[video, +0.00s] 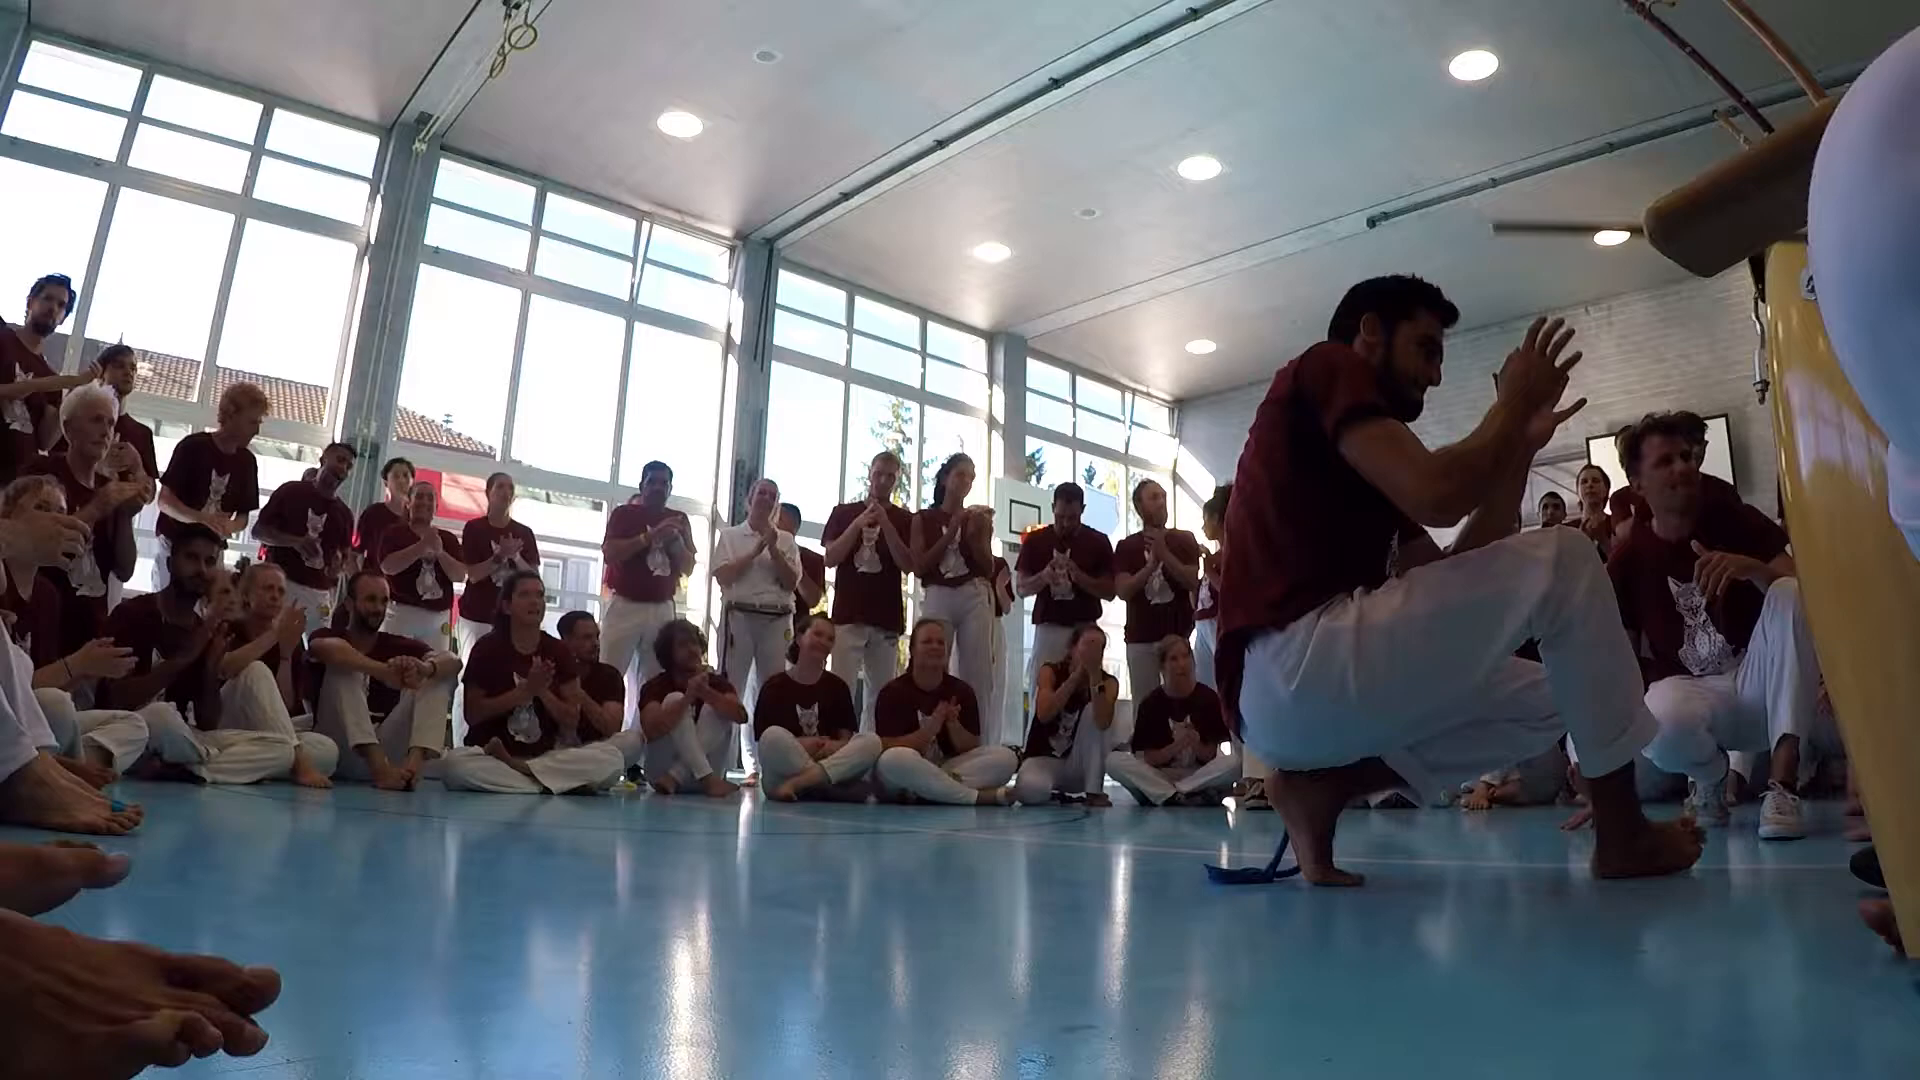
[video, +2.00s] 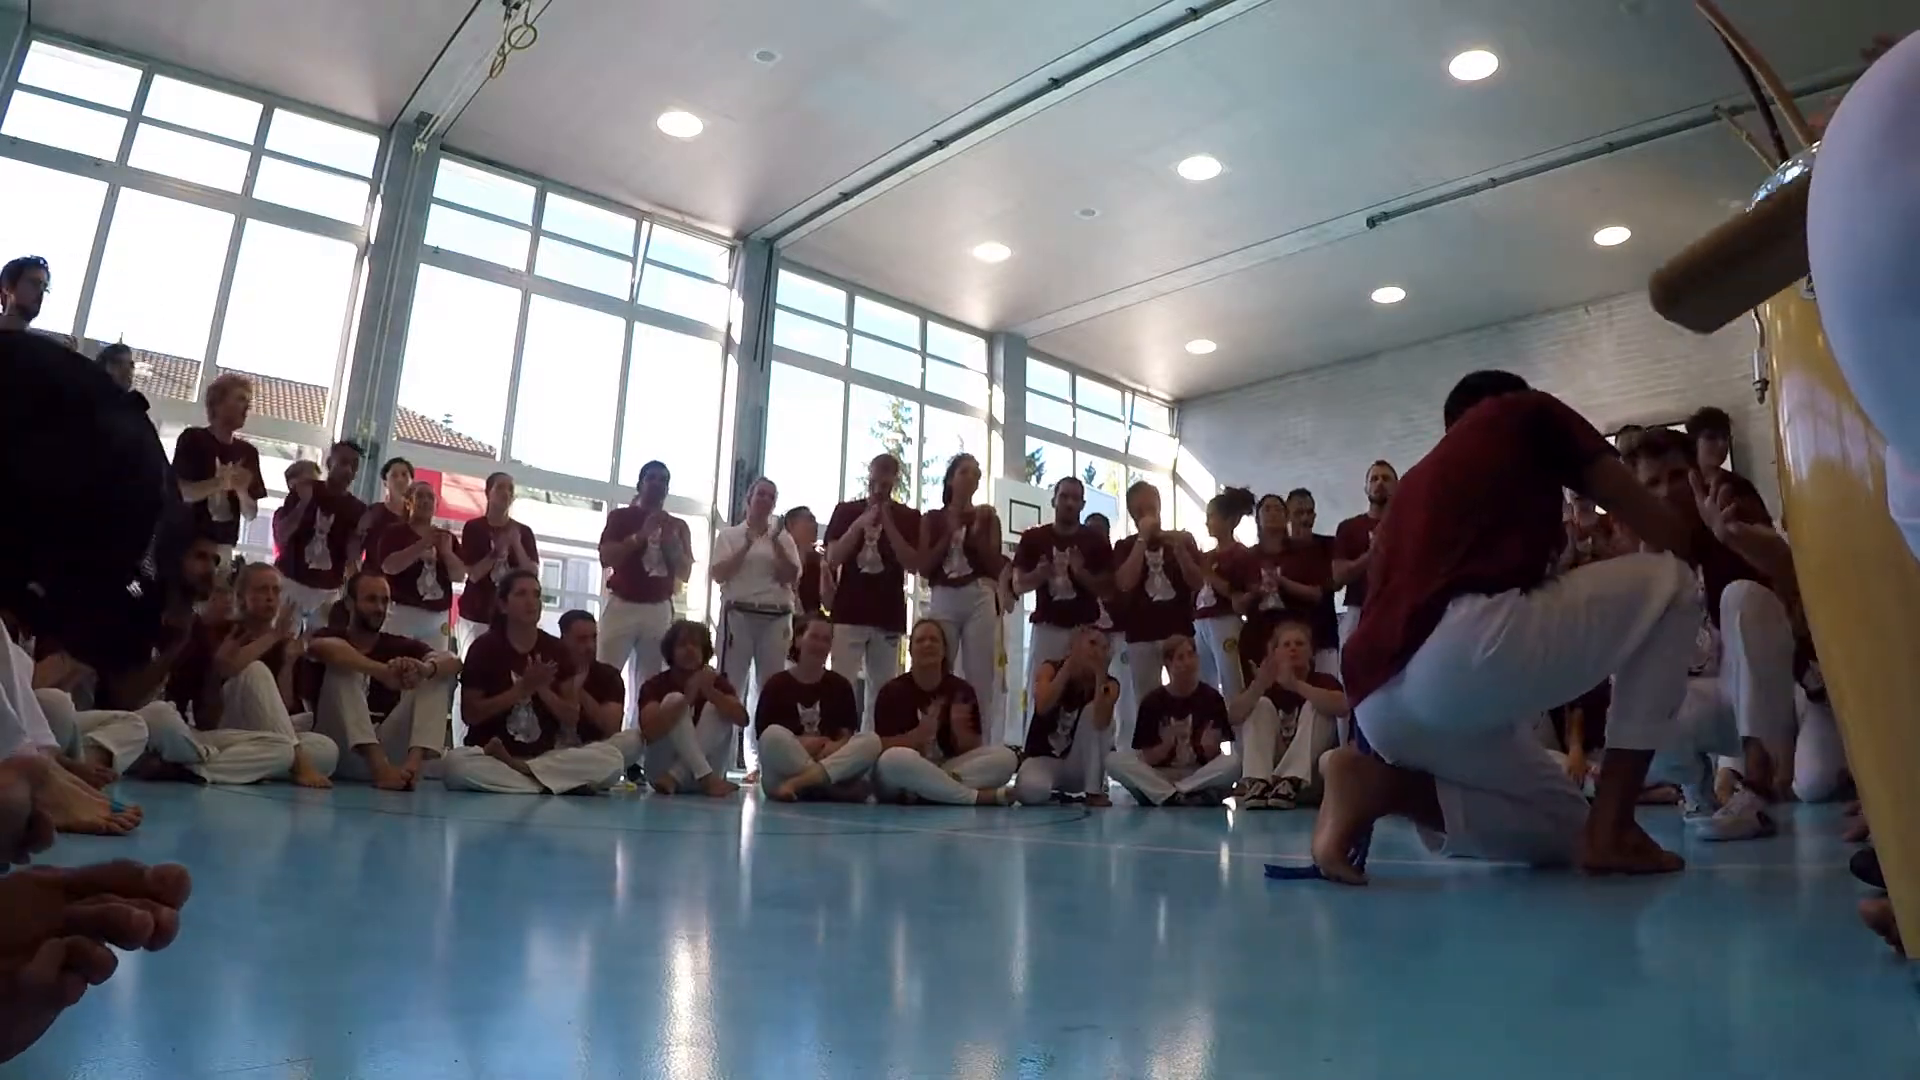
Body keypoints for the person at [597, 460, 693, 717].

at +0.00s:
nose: (658, 487)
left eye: (664, 483)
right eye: (653, 482)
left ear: (670, 487)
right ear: (642, 484)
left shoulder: (678, 519)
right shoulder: (623, 513)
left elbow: (688, 568)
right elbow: (610, 553)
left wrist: (675, 542)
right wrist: (650, 537)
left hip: (661, 609)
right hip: (623, 607)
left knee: (656, 686)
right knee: (606, 682)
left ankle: (650, 748)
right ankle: (598, 746)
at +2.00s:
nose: (657, 484)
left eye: (662, 480)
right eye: (651, 478)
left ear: (668, 487)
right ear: (640, 484)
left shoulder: (678, 526)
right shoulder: (620, 517)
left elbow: (685, 574)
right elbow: (607, 557)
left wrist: (672, 544)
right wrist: (640, 535)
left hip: (658, 610)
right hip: (620, 607)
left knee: (650, 688)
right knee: (605, 682)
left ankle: (645, 752)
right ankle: (598, 748)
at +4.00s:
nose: (659, 482)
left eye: (663, 478)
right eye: (653, 477)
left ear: (668, 485)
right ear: (639, 483)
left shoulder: (677, 524)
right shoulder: (619, 517)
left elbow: (685, 573)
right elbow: (609, 559)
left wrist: (673, 547)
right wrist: (640, 537)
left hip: (660, 609)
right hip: (622, 607)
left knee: (653, 687)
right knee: (605, 682)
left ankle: (646, 751)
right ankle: (600, 748)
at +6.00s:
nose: (659, 485)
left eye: (663, 481)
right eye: (653, 479)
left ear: (668, 487)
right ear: (639, 484)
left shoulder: (676, 525)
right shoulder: (619, 517)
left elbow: (684, 573)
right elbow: (609, 557)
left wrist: (672, 545)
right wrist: (644, 535)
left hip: (660, 609)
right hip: (622, 607)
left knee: (653, 684)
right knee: (606, 679)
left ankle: (646, 747)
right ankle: (599, 744)